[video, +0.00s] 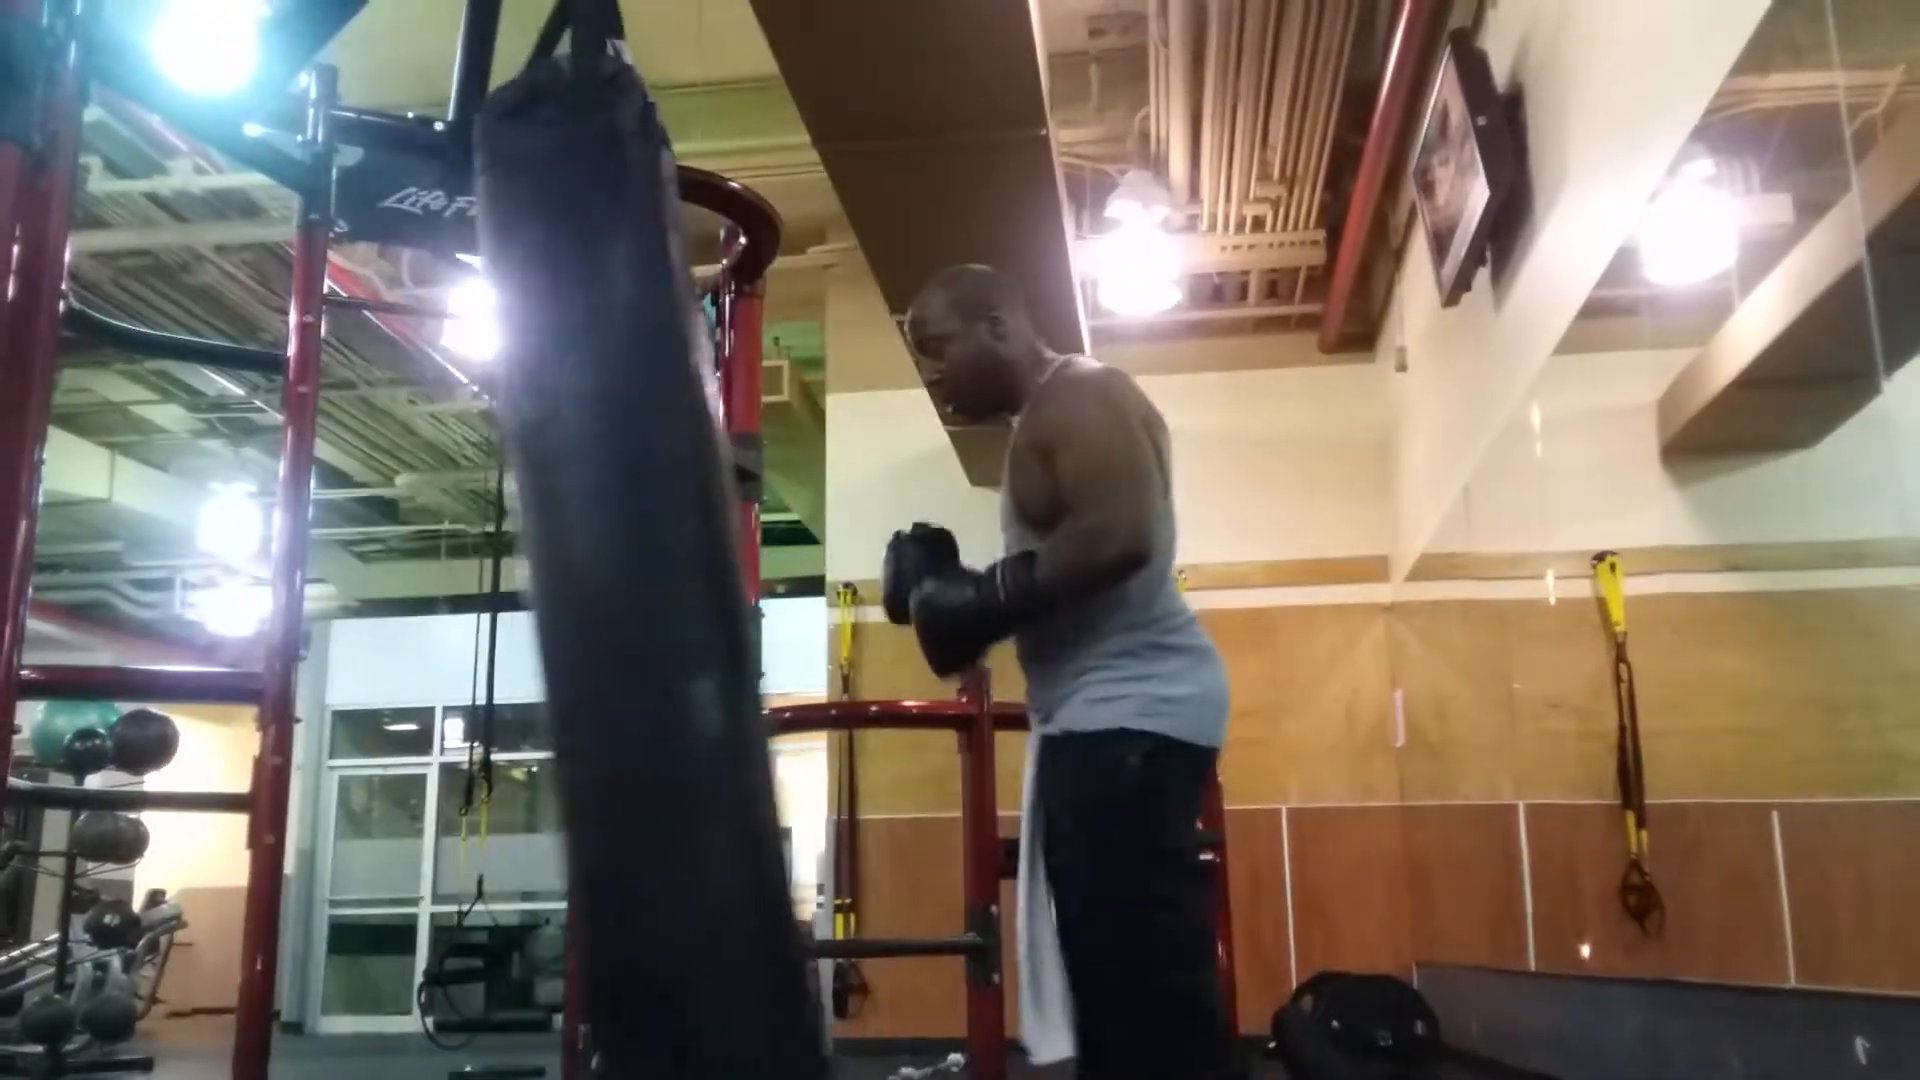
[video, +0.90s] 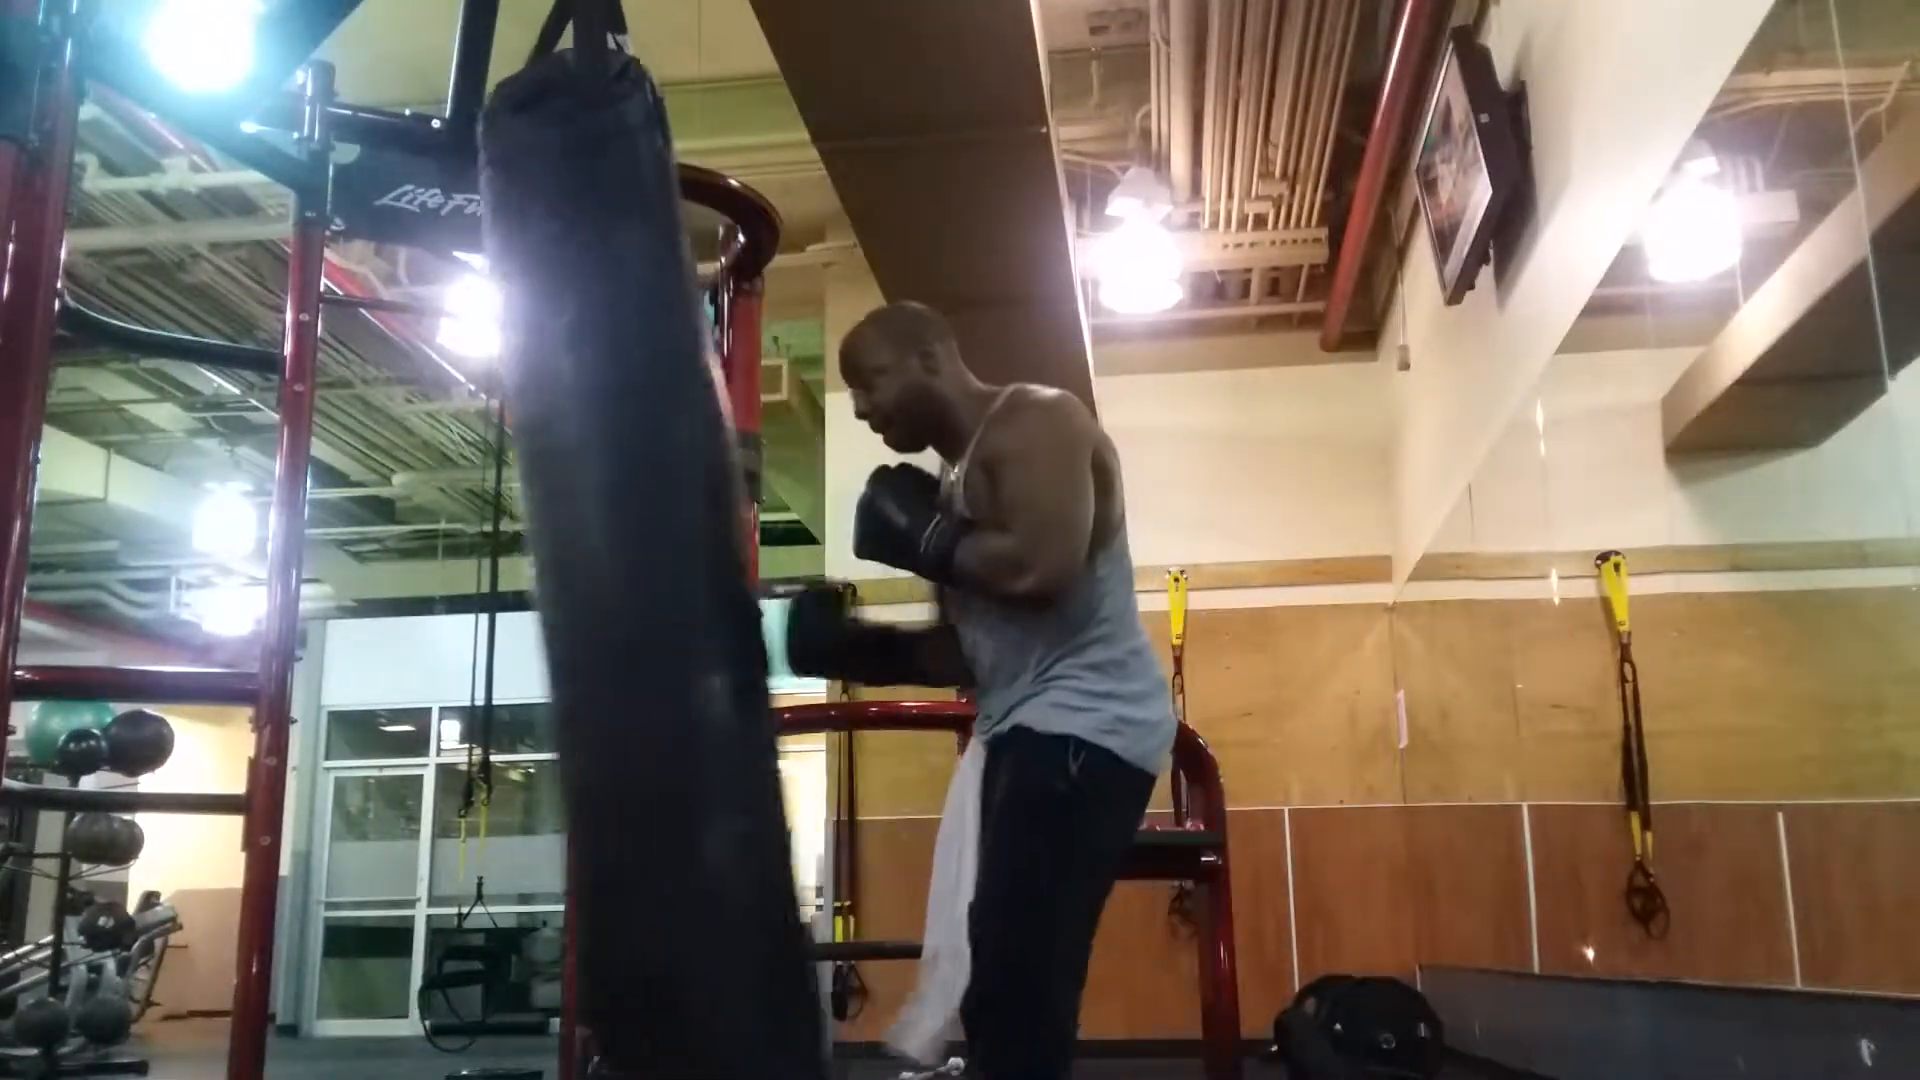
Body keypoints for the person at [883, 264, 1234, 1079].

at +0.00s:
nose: (930, 378)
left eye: (935, 350)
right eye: (922, 359)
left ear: (999, 327)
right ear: (1003, 335)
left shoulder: (1080, 396)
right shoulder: (1053, 415)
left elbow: (1117, 533)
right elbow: (1068, 556)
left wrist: (987, 599)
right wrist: (967, 587)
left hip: (1128, 712)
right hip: (1098, 713)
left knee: (1130, 989)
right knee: (1119, 983)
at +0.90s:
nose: (861, 411)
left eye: (867, 385)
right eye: (854, 393)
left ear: (926, 360)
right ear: (926, 368)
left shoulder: (1037, 416)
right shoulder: (962, 489)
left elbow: (1041, 566)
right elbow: (977, 653)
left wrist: (928, 535)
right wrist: (847, 646)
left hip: (1083, 724)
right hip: (1028, 730)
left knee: (1019, 1003)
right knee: (1005, 1002)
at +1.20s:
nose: (807, 401)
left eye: (809, 374)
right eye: (802, 381)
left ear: (868, 352)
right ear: (876, 355)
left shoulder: (983, 418)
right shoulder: (934, 461)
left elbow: (989, 605)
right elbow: (961, 630)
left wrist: (864, 562)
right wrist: (842, 662)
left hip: (1056, 722)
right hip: (1016, 720)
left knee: (931, 946)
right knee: (975, 960)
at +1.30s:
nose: (797, 394)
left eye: (797, 367)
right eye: (790, 373)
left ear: (851, 341)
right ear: (872, 338)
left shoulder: (936, 405)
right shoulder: (961, 400)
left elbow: (922, 590)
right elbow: (968, 610)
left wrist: (830, 543)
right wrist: (870, 629)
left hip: (1024, 729)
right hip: (1067, 727)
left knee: (890, 981)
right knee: (1024, 992)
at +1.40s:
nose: (797, 375)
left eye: (797, 346)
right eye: (790, 352)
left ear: (848, 315)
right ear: (877, 309)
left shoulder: (903, 372)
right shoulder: (998, 374)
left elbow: (873, 554)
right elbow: (948, 583)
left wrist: (795, 513)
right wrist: (814, 528)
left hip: (1015, 714)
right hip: (1090, 707)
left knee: (899, 986)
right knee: (1049, 977)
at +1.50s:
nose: (808, 354)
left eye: (806, 323)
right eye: (800, 331)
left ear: (858, 290)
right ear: (890, 284)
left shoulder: (901, 337)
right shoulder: (1025, 356)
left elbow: (881, 519)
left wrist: (805, 490)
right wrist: (819, 503)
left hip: (1015, 689)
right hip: (1111, 682)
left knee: (927, 965)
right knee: (1080, 951)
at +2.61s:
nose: (987, 388)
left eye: (989, 358)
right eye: (976, 368)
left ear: (1034, 320)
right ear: (1061, 315)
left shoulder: (1085, 370)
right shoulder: (1211, 393)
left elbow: (1066, 531)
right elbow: (1145, 593)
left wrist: (965, 529)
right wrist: (991, 555)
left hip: (1212, 711)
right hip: (1340, 700)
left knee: (1096, 984)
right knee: (1348, 954)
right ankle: (1434, 1067)